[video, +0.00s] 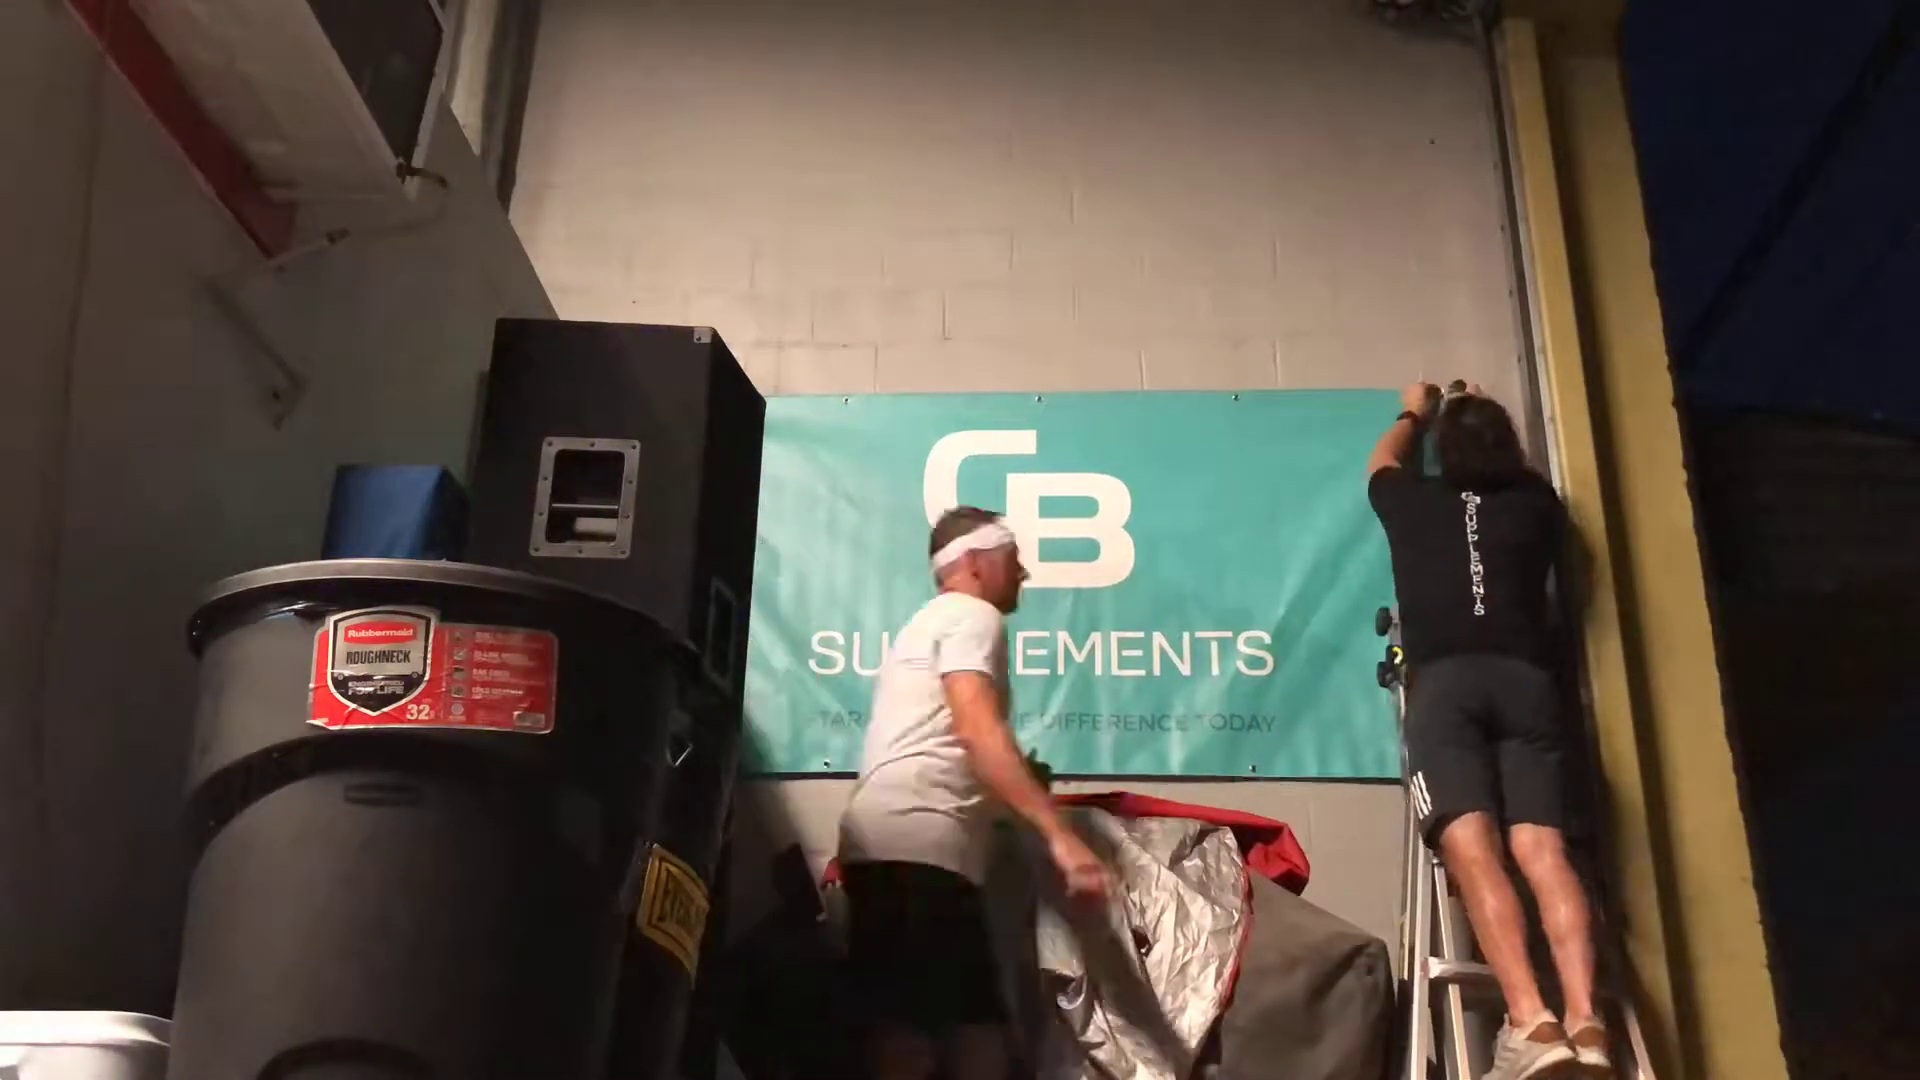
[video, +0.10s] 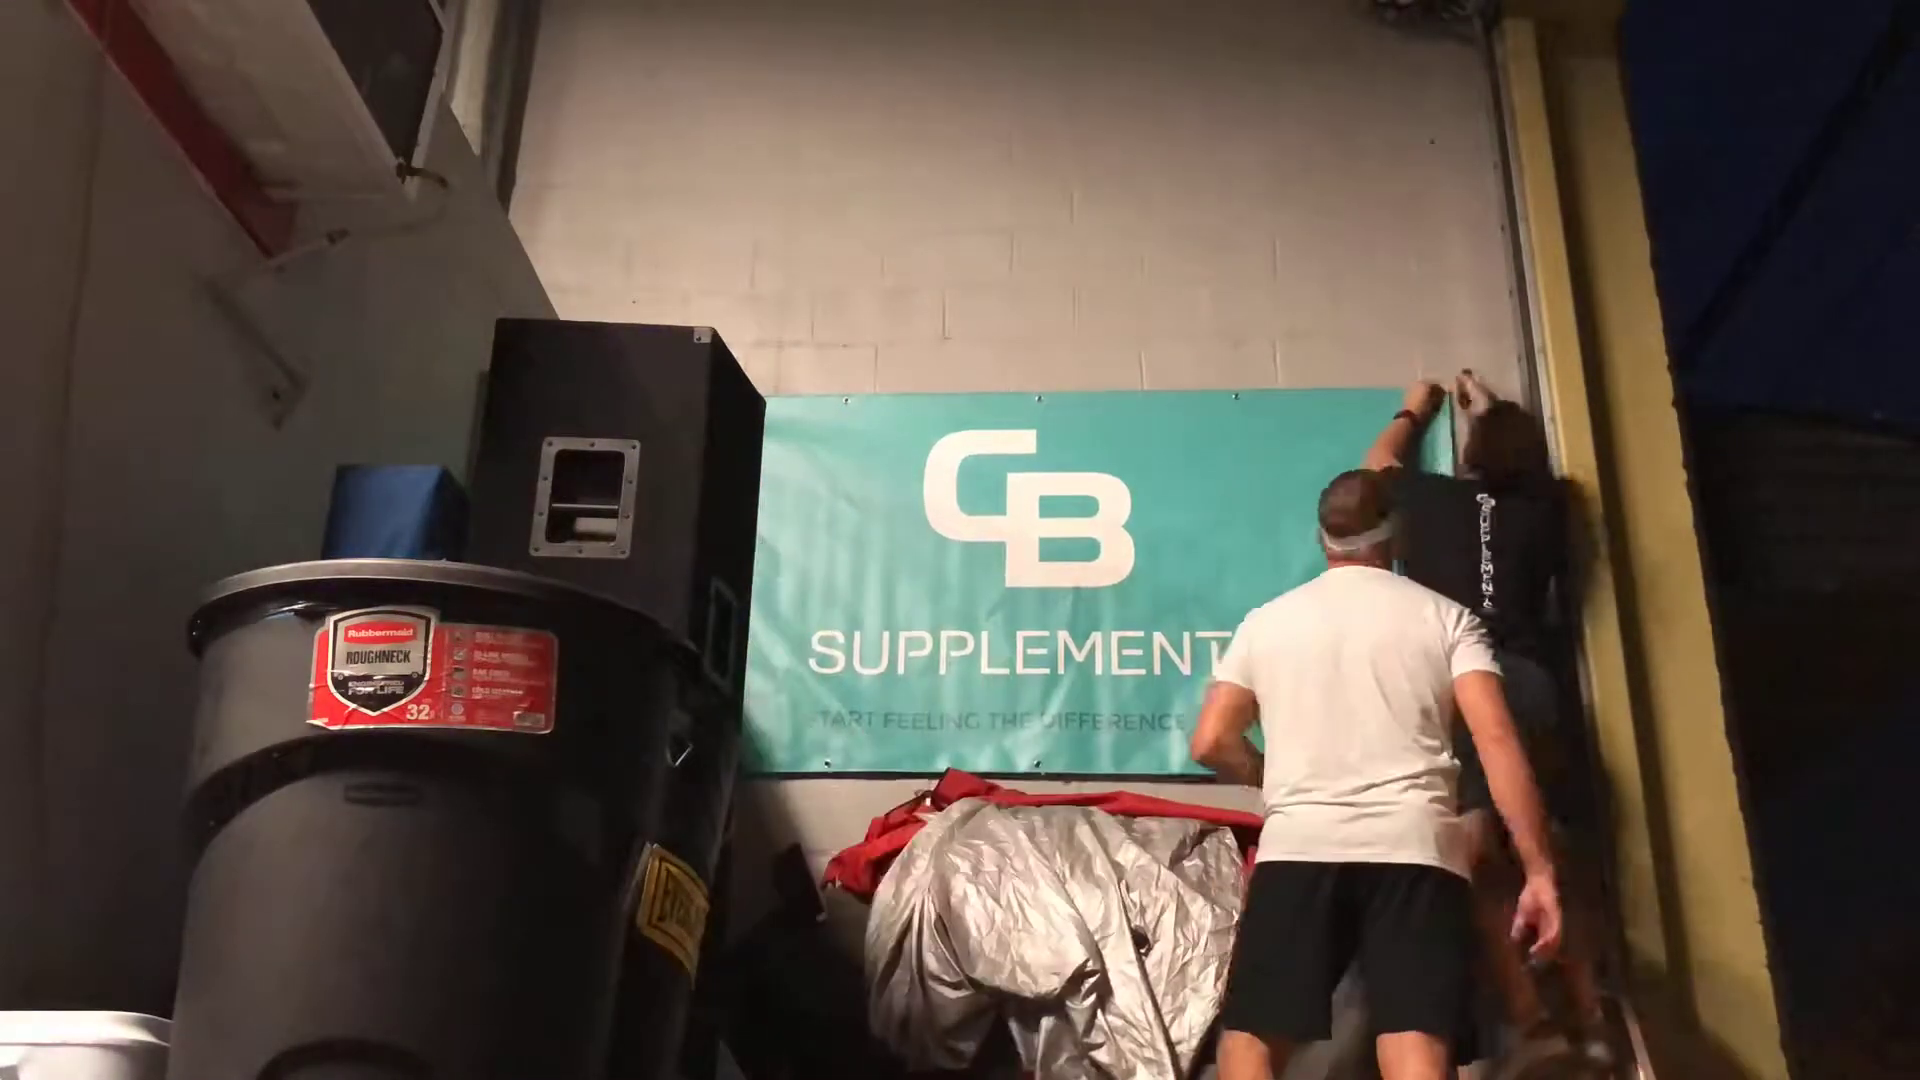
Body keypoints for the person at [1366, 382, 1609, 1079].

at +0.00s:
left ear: (1441, 457)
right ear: (1511, 455)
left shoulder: (1412, 505)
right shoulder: (1536, 509)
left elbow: (1384, 464)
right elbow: (1520, 474)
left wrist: (1412, 415)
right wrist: (1479, 425)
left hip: (1443, 680)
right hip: (1526, 678)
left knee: (1476, 860)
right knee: (1544, 849)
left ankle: (1531, 1022)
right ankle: (1584, 1016)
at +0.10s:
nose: (1475, 443)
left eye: (1476, 441)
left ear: (1468, 459)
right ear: (1532, 461)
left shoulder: (1433, 504)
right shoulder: (1548, 512)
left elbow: (1381, 471)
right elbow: (1518, 470)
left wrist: (1413, 413)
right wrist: (1486, 418)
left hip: (1458, 690)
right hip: (1539, 688)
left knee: (1477, 860)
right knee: (1561, 849)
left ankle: (1525, 1025)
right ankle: (1591, 1017)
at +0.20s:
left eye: (1468, 440)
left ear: (1459, 449)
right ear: (1525, 445)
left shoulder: (1428, 501)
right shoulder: (1550, 505)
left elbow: (1382, 476)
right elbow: (1529, 470)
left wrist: (1412, 415)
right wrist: (1485, 413)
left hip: (1465, 701)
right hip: (1552, 697)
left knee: (1489, 868)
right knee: (1562, 860)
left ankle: (1529, 1029)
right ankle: (1593, 1024)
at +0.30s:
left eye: (1430, 435)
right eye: (1472, 437)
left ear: (1421, 457)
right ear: (1480, 450)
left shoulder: (1403, 504)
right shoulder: (1514, 499)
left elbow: (1378, 467)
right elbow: (1505, 457)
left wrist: (1410, 413)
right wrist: (1469, 413)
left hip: (1446, 696)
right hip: (1524, 685)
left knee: (1482, 868)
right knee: (1548, 853)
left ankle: (1526, 1028)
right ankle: (1587, 1012)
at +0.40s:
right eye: (1464, 439)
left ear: (1414, 463)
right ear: (1477, 453)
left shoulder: (1397, 509)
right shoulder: (1513, 502)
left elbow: (1372, 460)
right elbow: (1506, 457)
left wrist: (1405, 407)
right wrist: (1470, 411)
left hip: (1443, 705)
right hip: (1525, 695)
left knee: (1482, 871)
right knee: (1550, 853)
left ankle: (1524, 1026)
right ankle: (1587, 1010)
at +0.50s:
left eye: (1411, 438)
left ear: (1408, 460)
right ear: (1476, 453)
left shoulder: (1384, 506)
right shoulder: (1505, 496)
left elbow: (1374, 456)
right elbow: (1528, 449)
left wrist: (1403, 408)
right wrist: (1468, 392)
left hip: (1429, 681)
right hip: (1511, 673)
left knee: (1473, 858)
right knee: (1534, 846)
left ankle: (1527, 1020)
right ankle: (1586, 1018)